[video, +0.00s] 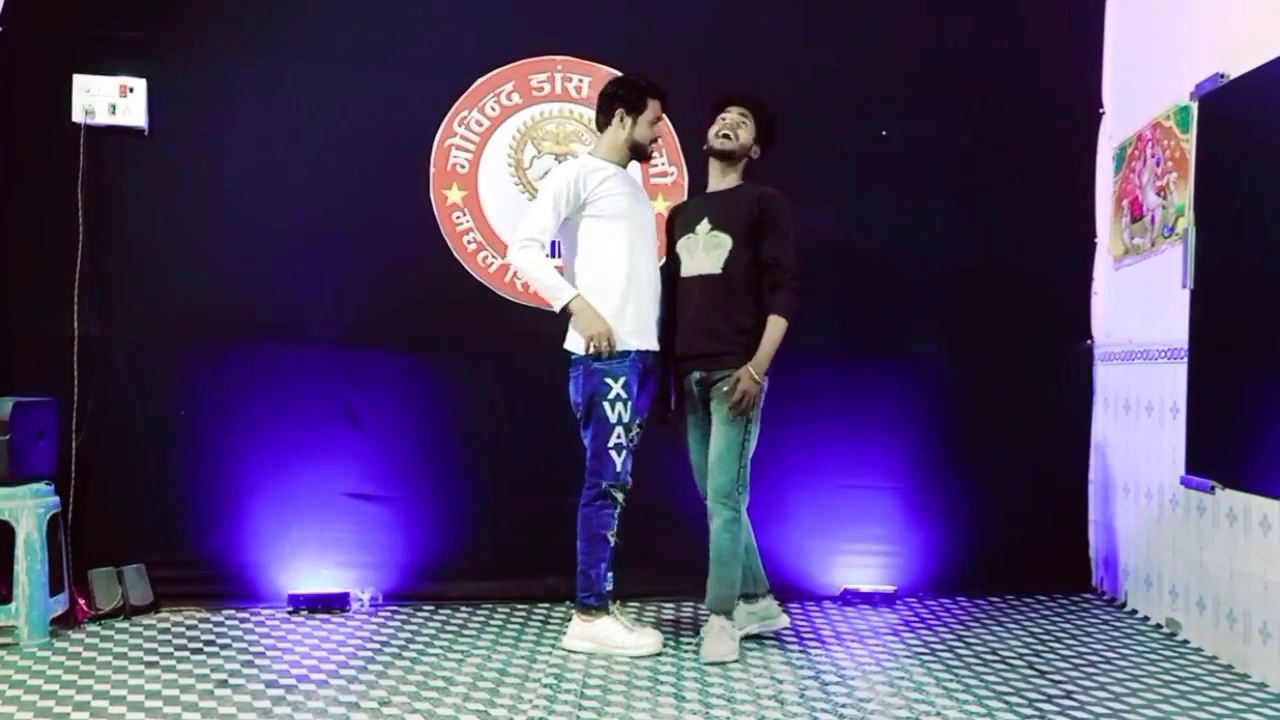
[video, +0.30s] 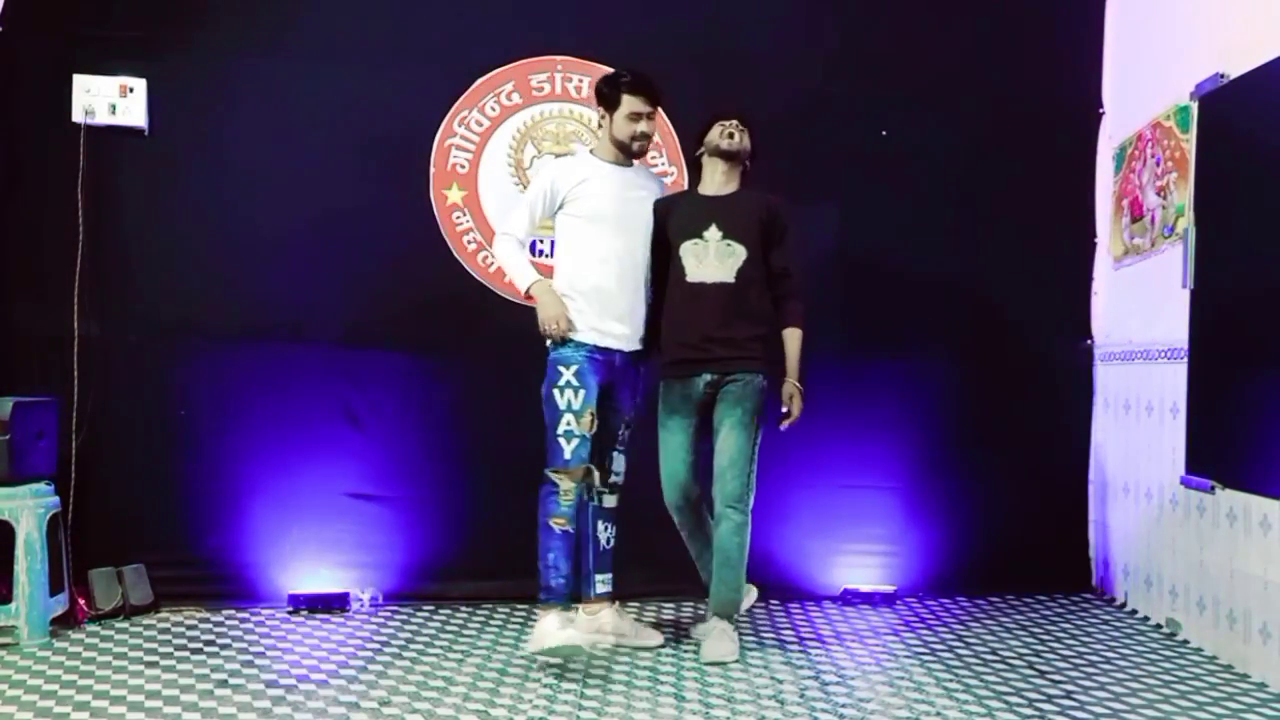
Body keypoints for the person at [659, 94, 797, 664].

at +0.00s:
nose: (727, 126)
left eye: (741, 124)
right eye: (722, 118)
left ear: (754, 147)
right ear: (706, 134)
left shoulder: (765, 203)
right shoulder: (680, 213)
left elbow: (784, 294)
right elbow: (670, 292)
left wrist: (759, 367)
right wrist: (669, 367)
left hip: (736, 367)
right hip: (686, 368)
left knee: (725, 494)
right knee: (715, 493)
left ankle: (719, 617)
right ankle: (759, 601)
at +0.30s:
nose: (731, 130)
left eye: (740, 129)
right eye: (722, 126)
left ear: (749, 154)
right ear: (700, 149)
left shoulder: (766, 210)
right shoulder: (667, 208)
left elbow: (788, 293)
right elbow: (640, 280)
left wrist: (791, 373)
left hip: (744, 369)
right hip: (678, 368)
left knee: (732, 494)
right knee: (677, 494)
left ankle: (720, 620)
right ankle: (732, 590)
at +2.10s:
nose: (739, 157)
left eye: (751, 149)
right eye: (742, 147)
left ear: (783, 160)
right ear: (758, 157)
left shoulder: (801, 238)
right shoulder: (719, 204)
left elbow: (813, 332)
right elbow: (667, 257)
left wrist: (814, 423)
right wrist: (636, 254)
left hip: (765, 380)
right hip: (703, 376)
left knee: (782, 500)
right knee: (708, 503)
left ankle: (801, 621)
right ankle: (733, 608)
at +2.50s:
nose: (734, 144)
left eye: (742, 133)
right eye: (735, 133)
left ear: (774, 139)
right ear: (764, 141)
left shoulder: (823, 213)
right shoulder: (741, 209)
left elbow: (855, 311)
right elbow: (737, 300)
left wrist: (840, 398)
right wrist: (720, 368)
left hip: (795, 379)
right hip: (735, 376)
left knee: (799, 505)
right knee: (728, 498)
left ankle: (802, 623)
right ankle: (737, 607)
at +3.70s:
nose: (753, 137)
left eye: (766, 131)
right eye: (745, 129)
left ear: (785, 147)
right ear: (732, 143)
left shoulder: (807, 203)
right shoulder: (731, 217)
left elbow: (875, 264)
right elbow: (720, 280)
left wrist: (814, 319)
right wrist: (728, 322)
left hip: (792, 379)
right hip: (739, 378)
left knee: (801, 503)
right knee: (740, 499)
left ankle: (803, 622)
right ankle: (742, 609)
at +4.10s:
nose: (726, 138)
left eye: (736, 130)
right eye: (727, 130)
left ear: (771, 137)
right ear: (751, 141)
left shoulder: (811, 202)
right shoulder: (730, 209)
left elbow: (876, 269)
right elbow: (703, 270)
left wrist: (808, 314)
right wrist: (714, 317)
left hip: (787, 374)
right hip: (732, 374)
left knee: (798, 503)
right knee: (739, 499)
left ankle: (802, 622)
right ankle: (742, 609)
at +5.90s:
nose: (680, 137)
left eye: (686, 126)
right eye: (681, 127)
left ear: (715, 131)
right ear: (715, 132)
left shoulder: (763, 195)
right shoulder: (725, 199)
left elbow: (782, 283)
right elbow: (722, 279)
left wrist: (702, 291)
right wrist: (666, 289)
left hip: (757, 372)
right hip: (727, 371)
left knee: (758, 501)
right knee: (729, 500)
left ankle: (761, 638)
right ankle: (739, 614)